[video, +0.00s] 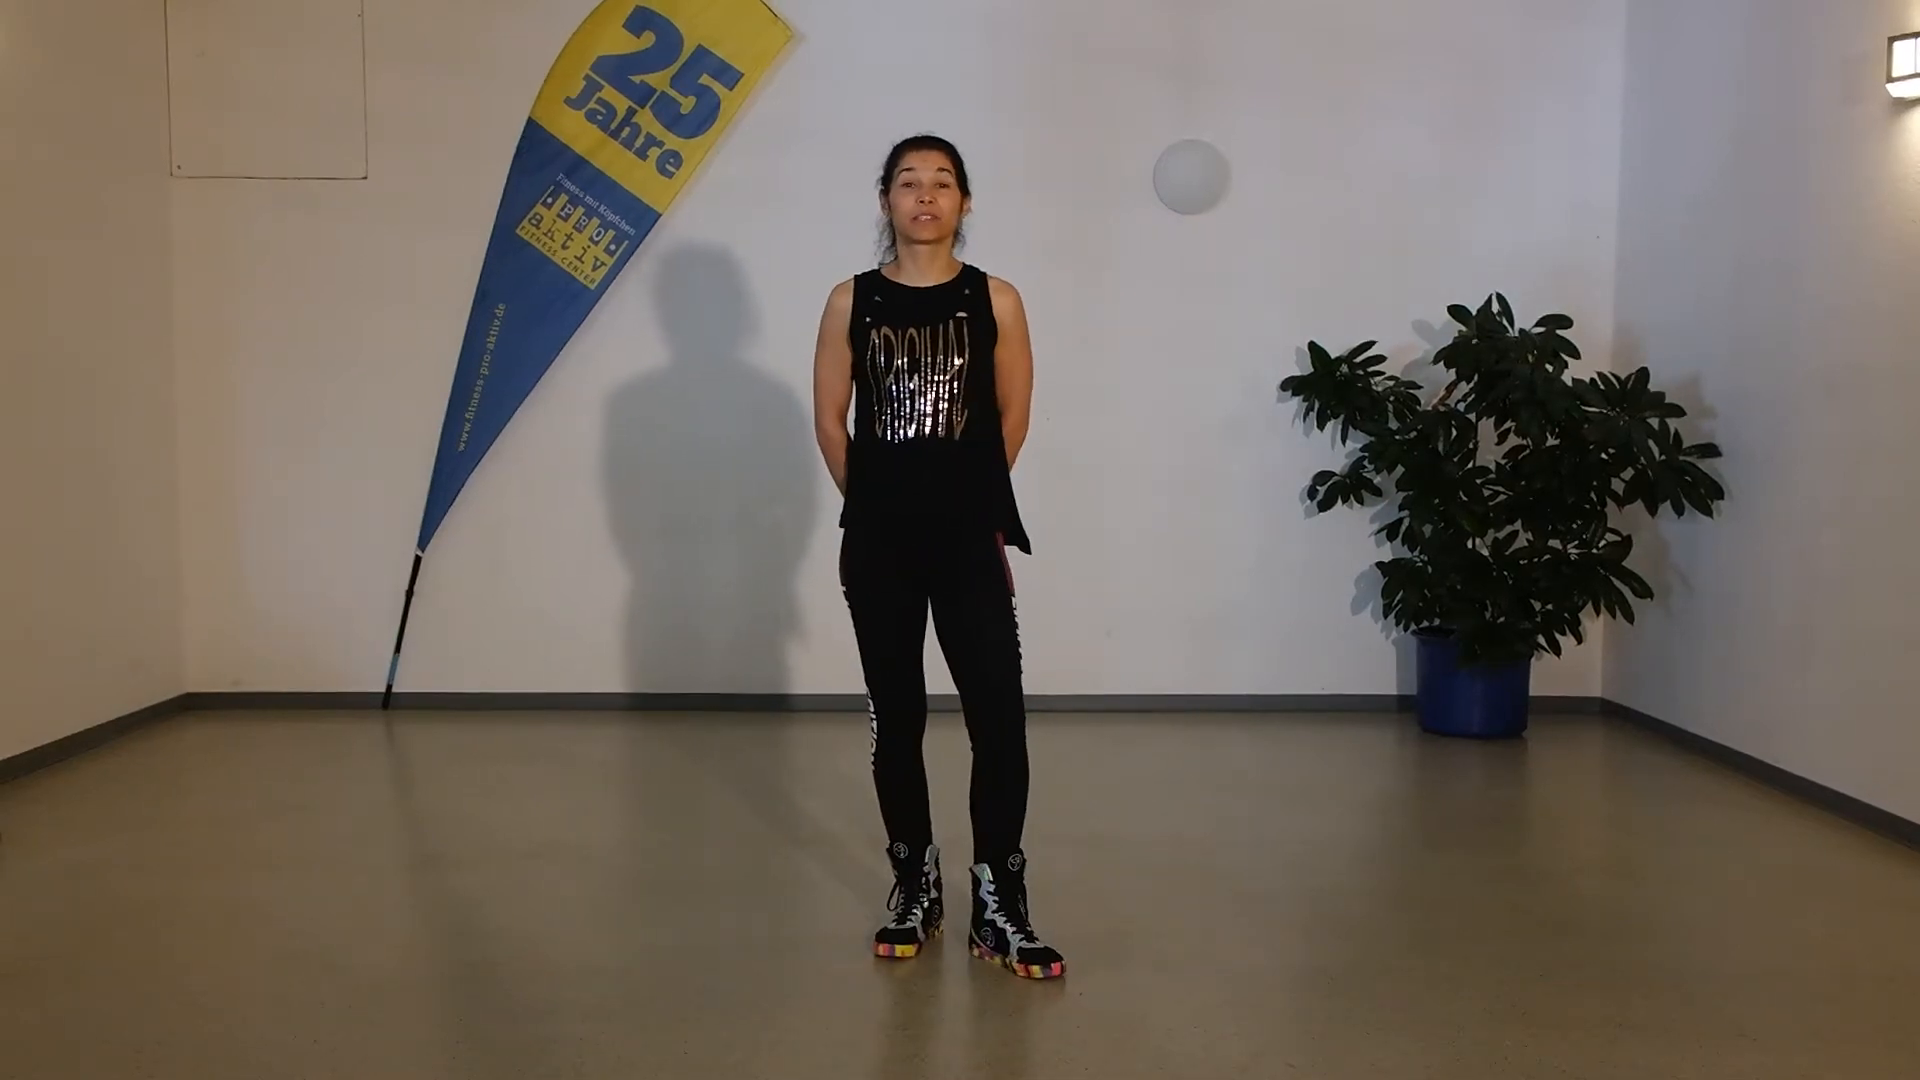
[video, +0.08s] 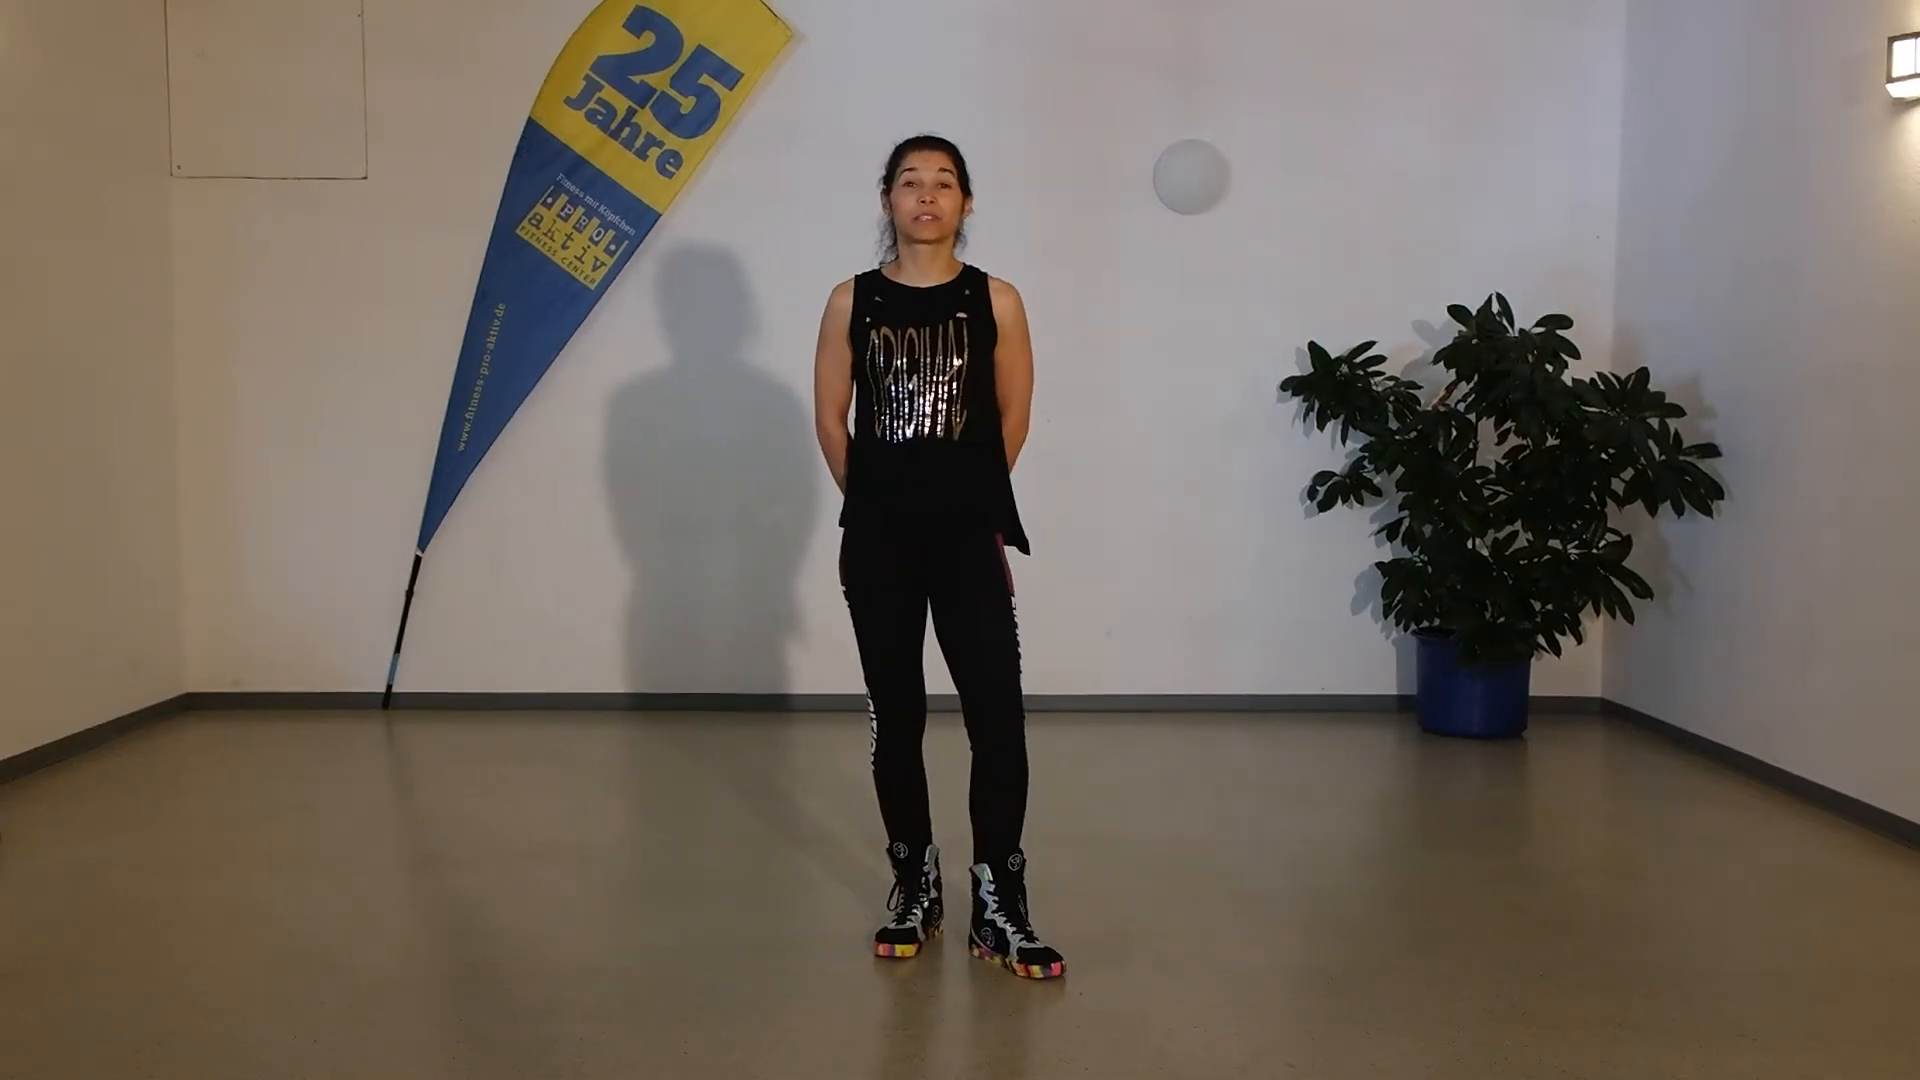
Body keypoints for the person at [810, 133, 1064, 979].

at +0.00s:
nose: (925, 194)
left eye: (940, 184)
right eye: (909, 184)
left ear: (963, 204)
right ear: (885, 204)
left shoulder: (996, 299)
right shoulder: (852, 299)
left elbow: (1014, 421)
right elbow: (829, 423)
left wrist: (974, 499)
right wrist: (867, 505)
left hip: (969, 536)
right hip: (880, 538)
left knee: (999, 719)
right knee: (897, 720)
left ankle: (999, 903)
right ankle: (913, 886)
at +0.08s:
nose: (926, 193)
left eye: (942, 183)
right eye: (910, 182)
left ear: (965, 205)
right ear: (887, 203)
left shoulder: (997, 300)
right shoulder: (852, 299)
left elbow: (1014, 421)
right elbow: (830, 423)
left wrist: (975, 500)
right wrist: (869, 505)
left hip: (969, 536)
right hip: (879, 538)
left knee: (998, 720)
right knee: (897, 719)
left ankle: (998, 902)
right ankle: (913, 885)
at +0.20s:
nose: (930, 194)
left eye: (945, 184)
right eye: (913, 183)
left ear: (967, 206)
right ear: (889, 203)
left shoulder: (998, 301)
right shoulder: (853, 299)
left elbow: (1015, 422)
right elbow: (831, 423)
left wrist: (973, 499)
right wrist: (869, 504)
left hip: (968, 533)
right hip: (877, 535)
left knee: (996, 719)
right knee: (896, 719)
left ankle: (998, 903)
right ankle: (913, 888)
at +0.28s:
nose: (931, 195)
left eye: (948, 185)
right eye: (915, 183)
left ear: (968, 207)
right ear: (891, 203)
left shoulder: (998, 302)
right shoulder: (853, 299)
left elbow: (1015, 422)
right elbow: (832, 421)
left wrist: (973, 498)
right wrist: (869, 501)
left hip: (967, 534)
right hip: (876, 536)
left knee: (993, 719)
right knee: (895, 719)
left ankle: (998, 903)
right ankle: (913, 889)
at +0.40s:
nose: (935, 201)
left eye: (952, 191)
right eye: (920, 188)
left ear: (972, 211)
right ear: (896, 203)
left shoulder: (997, 305)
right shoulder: (854, 299)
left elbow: (1016, 423)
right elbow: (831, 423)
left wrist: (973, 499)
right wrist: (867, 500)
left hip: (965, 533)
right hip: (873, 534)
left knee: (990, 716)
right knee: (893, 716)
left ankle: (996, 899)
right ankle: (913, 886)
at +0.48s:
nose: (937, 206)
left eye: (955, 196)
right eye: (923, 191)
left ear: (973, 215)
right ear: (899, 204)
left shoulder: (996, 307)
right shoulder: (854, 300)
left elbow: (1015, 426)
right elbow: (829, 423)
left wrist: (970, 503)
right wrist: (864, 501)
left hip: (962, 534)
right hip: (871, 534)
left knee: (989, 717)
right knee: (892, 716)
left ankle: (996, 899)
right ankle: (912, 885)